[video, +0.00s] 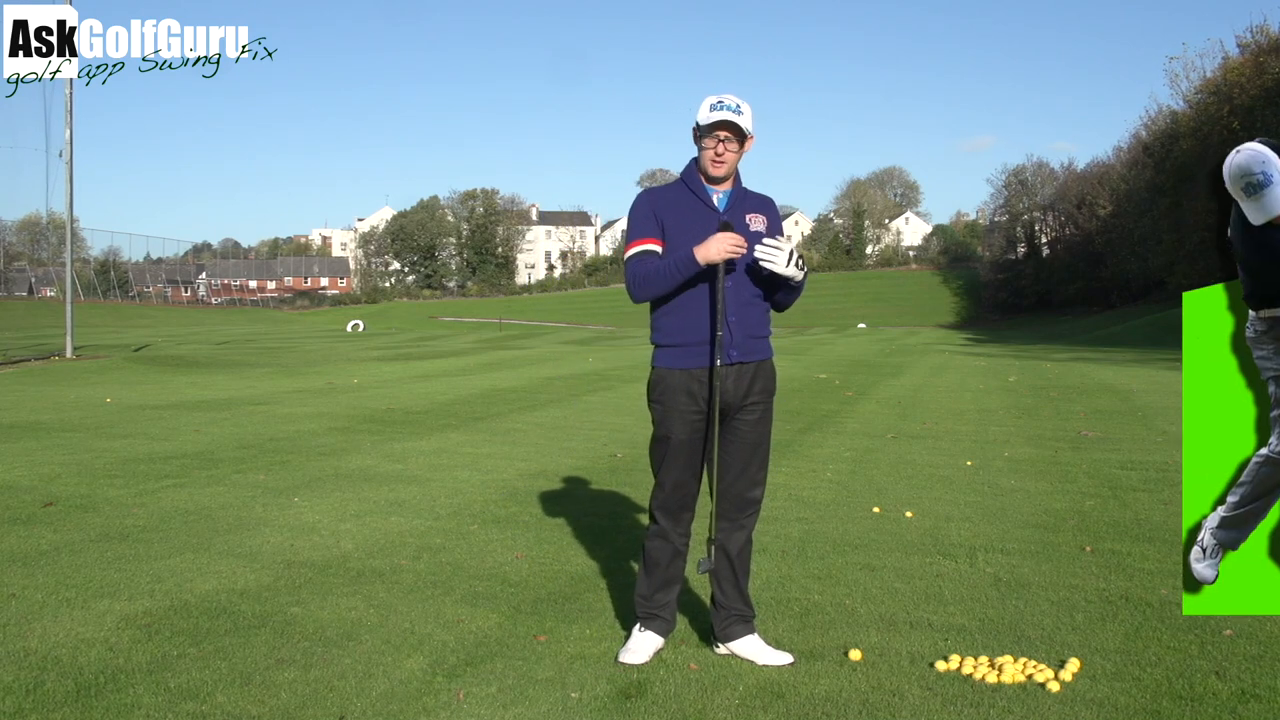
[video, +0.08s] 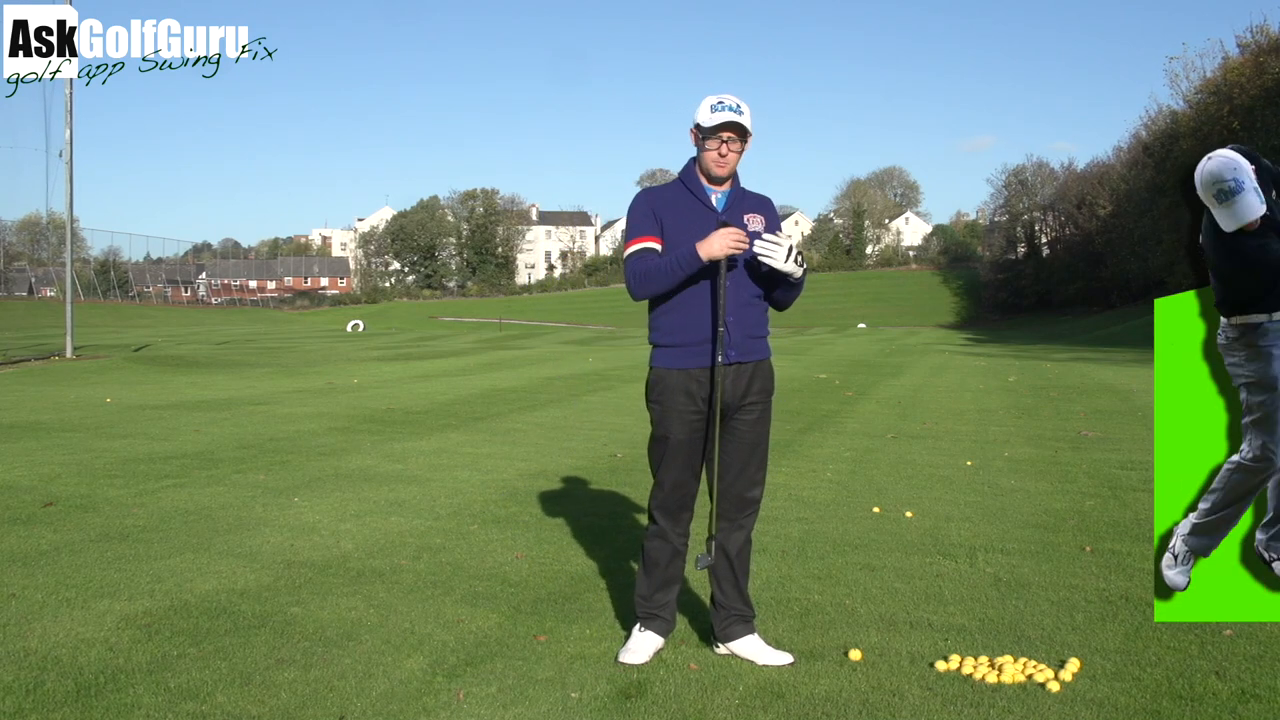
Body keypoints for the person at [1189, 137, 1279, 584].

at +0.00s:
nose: (1267, 216)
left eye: (1269, 203)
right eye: (1257, 209)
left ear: (1276, 181)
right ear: (1240, 196)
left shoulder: (1250, 218)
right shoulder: (1244, 221)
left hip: (1269, 328)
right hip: (1268, 329)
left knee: (1279, 440)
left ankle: (1218, 532)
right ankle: (1217, 533)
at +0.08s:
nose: (1249, 224)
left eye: (1252, 212)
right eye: (1236, 221)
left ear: (1256, 184)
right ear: (1212, 206)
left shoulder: (1269, 196)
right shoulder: (1217, 230)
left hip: (1275, 332)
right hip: (1252, 335)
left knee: (1276, 450)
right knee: (1264, 451)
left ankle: (1272, 538)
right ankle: (1189, 539)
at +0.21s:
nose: (1201, 229)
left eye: (1203, 215)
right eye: (1188, 226)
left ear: (1204, 191)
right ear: (1167, 215)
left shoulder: (1200, 175)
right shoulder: (1187, 258)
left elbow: (1259, 205)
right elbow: (1267, 264)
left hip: (1252, 334)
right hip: (1210, 348)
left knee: (1258, 454)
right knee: (1218, 463)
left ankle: (1228, 550)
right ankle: (1142, 551)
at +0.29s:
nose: (1170, 241)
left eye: (1172, 227)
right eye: (1157, 238)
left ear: (1173, 200)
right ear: (1133, 224)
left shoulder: (1169, 185)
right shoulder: (1154, 268)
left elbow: (1230, 213)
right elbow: (1257, 266)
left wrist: (1279, 236)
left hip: (1220, 342)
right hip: (1177, 356)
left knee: (1224, 464)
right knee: (1184, 472)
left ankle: (1195, 559)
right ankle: (1111, 558)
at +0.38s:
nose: (1136, 247)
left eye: (1138, 233)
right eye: (1123, 244)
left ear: (1138, 207)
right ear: (1101, 231)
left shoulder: (1133, 192)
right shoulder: (1123, 276)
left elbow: (1197, 221)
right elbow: (1210, 277)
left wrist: (1262, 251)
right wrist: (1274, 261)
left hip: (1186, 351)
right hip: (1144, 364)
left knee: (1190, 471)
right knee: (1151, 480)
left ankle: (1162, 567)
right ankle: (1076, 567)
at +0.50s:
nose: (1087, 260)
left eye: (1089, 246)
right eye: (1074, 257)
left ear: (1089, 220)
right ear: (1049, 244)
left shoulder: (1087, 206)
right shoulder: (1070, 287)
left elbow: (1146, 234)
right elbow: (1164, 288)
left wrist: (1211, 262)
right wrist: (1231, 273)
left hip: (1136, 361)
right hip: (1093, 376)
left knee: (1139, 483)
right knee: (1100, 492)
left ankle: (1111, 580)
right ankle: (1026, 578)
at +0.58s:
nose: (1053, 268)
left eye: (1056, 254)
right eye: (1041, 265)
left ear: (1056, 229)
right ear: (1016, 253)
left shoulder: (1053, 214)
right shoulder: (1036, 295)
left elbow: (1113, 242)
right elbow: (1131, 296)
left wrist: (1178, 271)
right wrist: (1197, 281)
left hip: (1102, 371)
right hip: (1059, 384)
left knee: (1106, 491)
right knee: (1067, 499)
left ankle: (1077, 587)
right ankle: (993, 586)